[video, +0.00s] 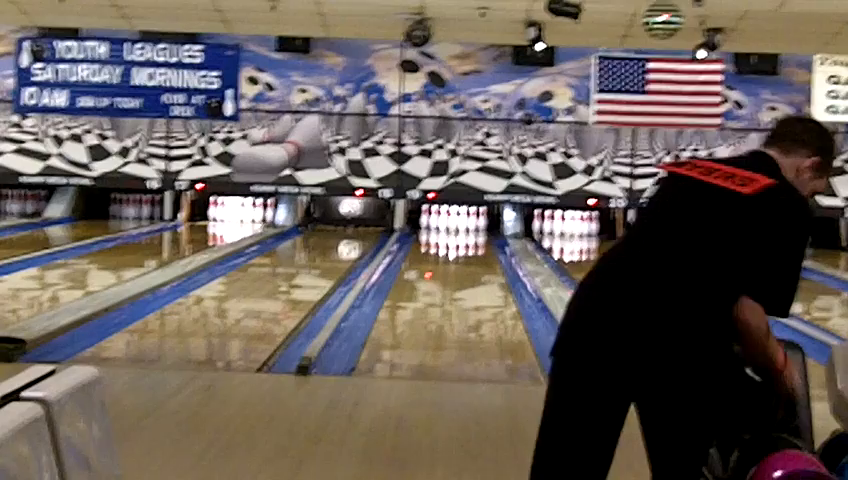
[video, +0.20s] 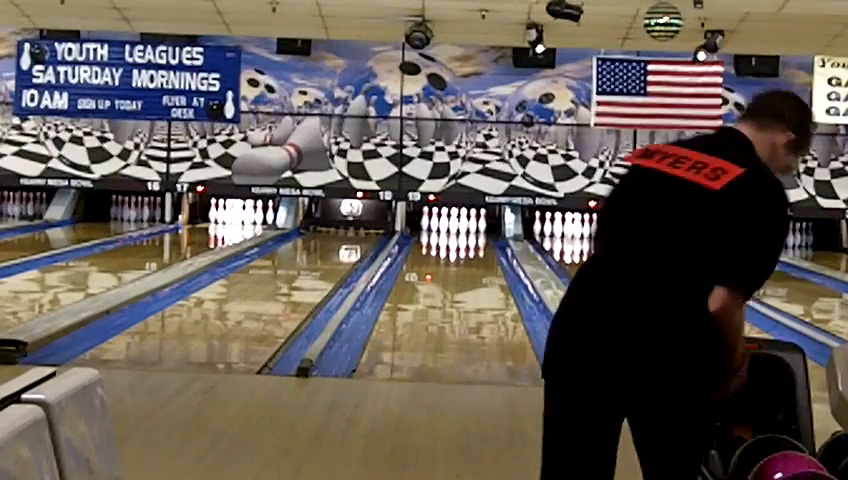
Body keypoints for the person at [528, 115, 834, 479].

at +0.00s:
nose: (810, 199)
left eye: (817, 193)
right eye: (815, 189)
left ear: (766, 146)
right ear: (807, 166)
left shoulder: (691, 169)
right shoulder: (784, 202)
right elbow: (745, 307)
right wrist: (774, 364)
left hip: (597, 320)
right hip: (677, 342)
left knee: (563, 470)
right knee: (682, 472)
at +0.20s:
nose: (789, 170)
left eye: (796, 162)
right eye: (795, 159)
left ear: (743, 121)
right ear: (784, 139)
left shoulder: (656, 154)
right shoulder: (764, 195)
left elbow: (604, 244)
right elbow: (721, 303)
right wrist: (735, 359)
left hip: (583, 337)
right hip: (669, 354)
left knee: (569, 479)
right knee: (674, 478)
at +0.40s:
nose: (738, 118)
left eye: (743, 107)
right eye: (742, 104)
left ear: (683, 82)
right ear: (727, 93)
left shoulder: (599, 140)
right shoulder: (717, 176)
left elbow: (549, 256)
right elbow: (693, 301)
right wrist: (698, 371)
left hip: (555, 360)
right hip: (643, 372)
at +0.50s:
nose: (712, 89)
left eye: (715, 77)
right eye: (711, 74)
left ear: (646, 62)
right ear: (686, 66)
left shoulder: (573, 127)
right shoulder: (685, 149)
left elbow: (538, 233)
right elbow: (673, 280)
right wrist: (721, 342)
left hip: (546, 337)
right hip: (629, 350)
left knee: (547, 475)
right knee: (638, 476)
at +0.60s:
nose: (688, 92)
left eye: (695, 80)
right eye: (692, 78)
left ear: (626, 49)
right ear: (670, 56)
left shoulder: (561, 120)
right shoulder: (659, 133)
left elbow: (544, 242)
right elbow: (674, 263)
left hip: (538, 345)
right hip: (622, 354)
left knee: (545, 477)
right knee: (636, 477)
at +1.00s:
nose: (720, 96)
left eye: (728, 84)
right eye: (723, 79)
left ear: (683, 51)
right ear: (691, 52)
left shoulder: (593, 114)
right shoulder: (669, 142)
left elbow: (539, 245)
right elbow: (637, 278)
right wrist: (710, 326)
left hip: (542, 340)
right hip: (611, 358)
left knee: (549, 477)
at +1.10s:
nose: (739, 100)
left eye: (749, 87)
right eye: (743, 81)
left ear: (703, 52)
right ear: (710, 55)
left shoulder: (608, 115)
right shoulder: (685, 151)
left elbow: (573, 242)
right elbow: (651, 294)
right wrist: (727, 354)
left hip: (551, 347)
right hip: (618, 368)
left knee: (556, 478)